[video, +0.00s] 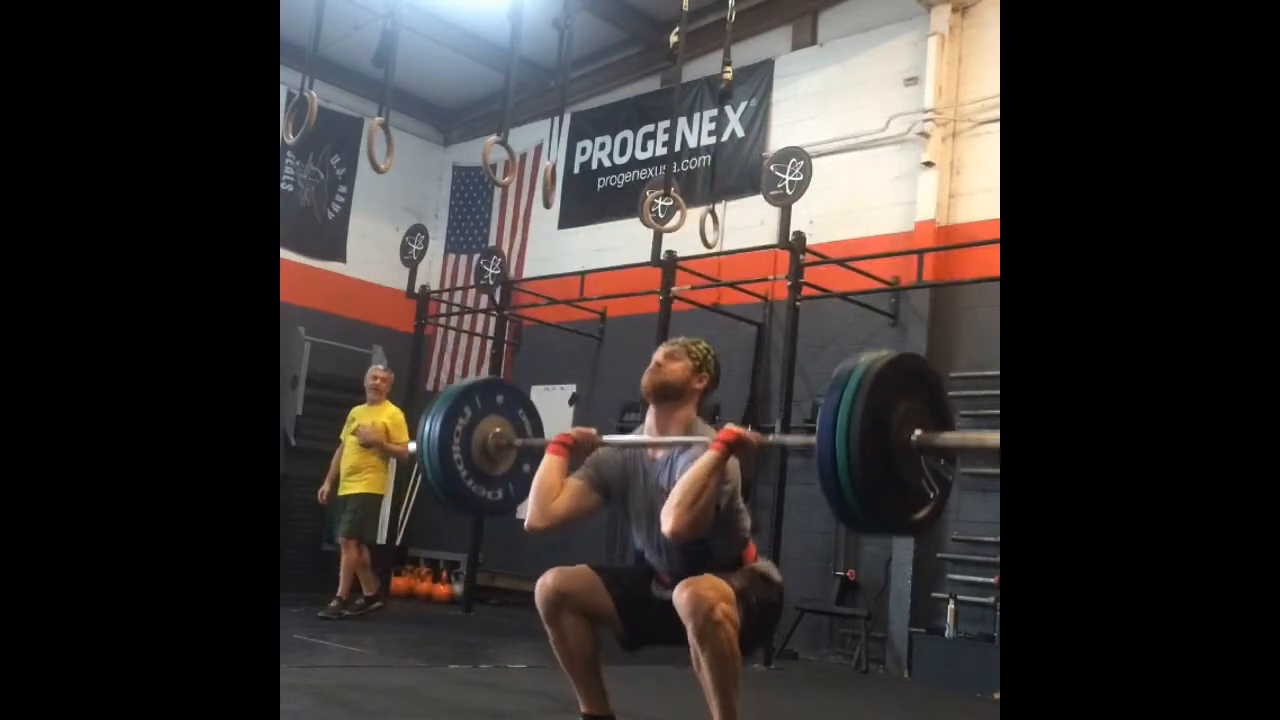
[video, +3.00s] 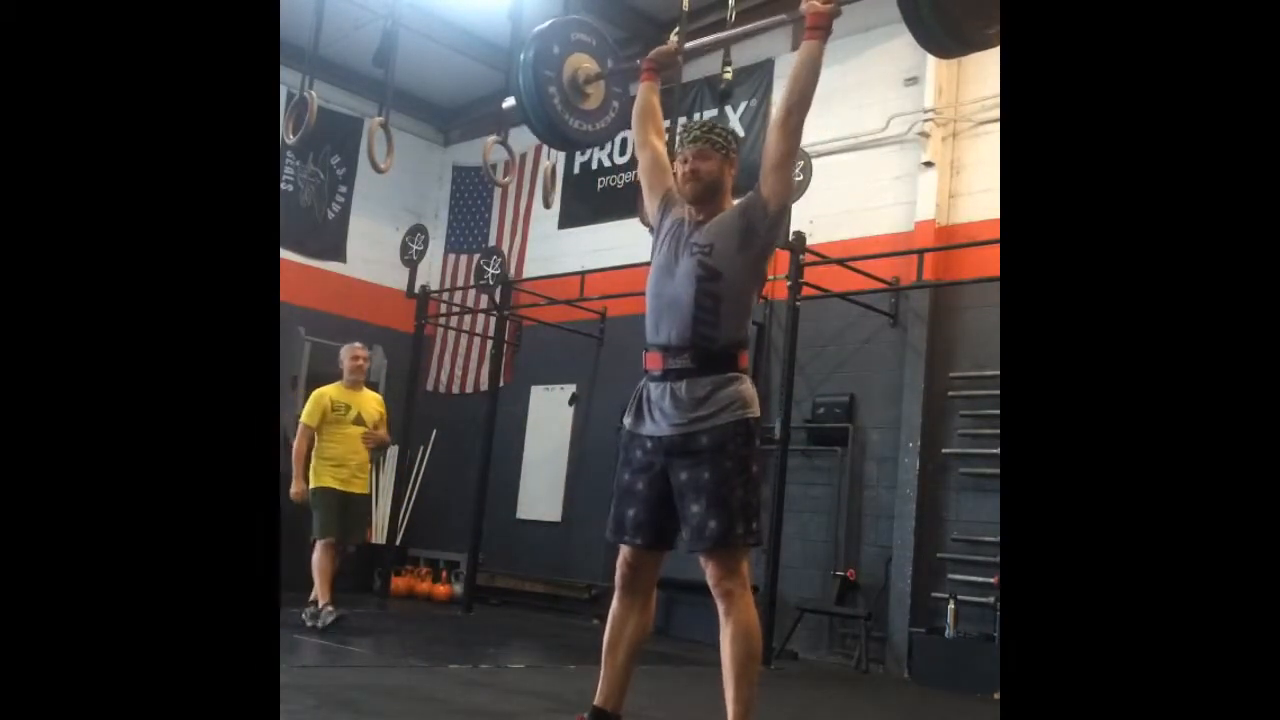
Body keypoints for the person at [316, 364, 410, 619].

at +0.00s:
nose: (377, 383)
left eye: (382, 380)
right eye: (373, 378)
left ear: (389, 385)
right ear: (365, 382)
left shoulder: (394, 415)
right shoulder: (355, 412)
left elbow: (404, 452)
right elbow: (342, 448)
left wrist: (378, 441)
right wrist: (329, 480)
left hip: (370, 486)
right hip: (347, 485)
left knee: (348, 539)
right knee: (354, 543)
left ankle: (341, 597)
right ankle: (372, 593)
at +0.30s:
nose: (376, 381)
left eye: (382, 377)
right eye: (372, 375)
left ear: (388, 382)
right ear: (362, 378)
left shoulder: (391, 412)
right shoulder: (351, 409)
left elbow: (403, 451)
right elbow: (337, 446)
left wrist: (373, 438)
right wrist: (324, 479)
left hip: (365, 486)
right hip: (336, 483)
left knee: (354, 542)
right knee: (316, 536)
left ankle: (342, 599)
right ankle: (336, 585)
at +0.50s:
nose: (370, 379)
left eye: (376, 376)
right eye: (366, 374)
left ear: (383, 382)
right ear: (357, 378)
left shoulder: (389, 412)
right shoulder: (343, 408)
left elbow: (402, 451)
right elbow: (328, 445)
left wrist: (370, 439)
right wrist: (317, 479)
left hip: (363, 488)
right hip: (332, 484)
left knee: (355, 544)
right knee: (311, 539)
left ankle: (343, 600)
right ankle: (293, 595)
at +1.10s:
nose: (325, 372)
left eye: (330, 368)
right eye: (320, 367)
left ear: (337, 373)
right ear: (311, 371)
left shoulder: (351, 403)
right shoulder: (297, 405)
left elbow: (371, 438)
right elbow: (286, 443)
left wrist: (347, 435)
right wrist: (282, 476)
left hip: (336, 488)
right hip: (299, 485)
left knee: (335, 546)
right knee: (288, 540)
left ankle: (337, 597)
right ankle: (282, 593)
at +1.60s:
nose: (307, 370)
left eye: (311, 366)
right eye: (302, 365)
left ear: (316, 370)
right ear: (289, 368)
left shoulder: (330, 398)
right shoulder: (282, 399)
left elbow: (353, 432)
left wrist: (327, 429)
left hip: (318, 478)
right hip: (285, 479)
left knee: (321, 531)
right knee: (284, 540)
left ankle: (317, 588)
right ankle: (280, 592)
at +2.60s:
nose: (350, 364)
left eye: (355, 360)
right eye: (345, 358)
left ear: (360, 366)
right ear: (333, 362)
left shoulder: (370, 401)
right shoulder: (311, 396)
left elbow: (385, 438)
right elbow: (294, 436)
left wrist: (366, 434)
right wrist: (285, 471)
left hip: (346, 486)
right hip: (310, 480)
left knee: (328, 545)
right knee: (292, 539)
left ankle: (313, 605)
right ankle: (281, 594)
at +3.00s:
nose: (360, 363)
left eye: (364, 359)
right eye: (354, 358)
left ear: (369, 365)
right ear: (341, 364)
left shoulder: (376, 401)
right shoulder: (323, 395)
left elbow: (386, 439)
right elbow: (302, 438)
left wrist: (380, 438)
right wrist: (298, 478)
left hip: (359, 485)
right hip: (326, 480)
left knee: (340, 545)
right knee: (327, 541)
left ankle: (313, 603)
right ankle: (324, 605)